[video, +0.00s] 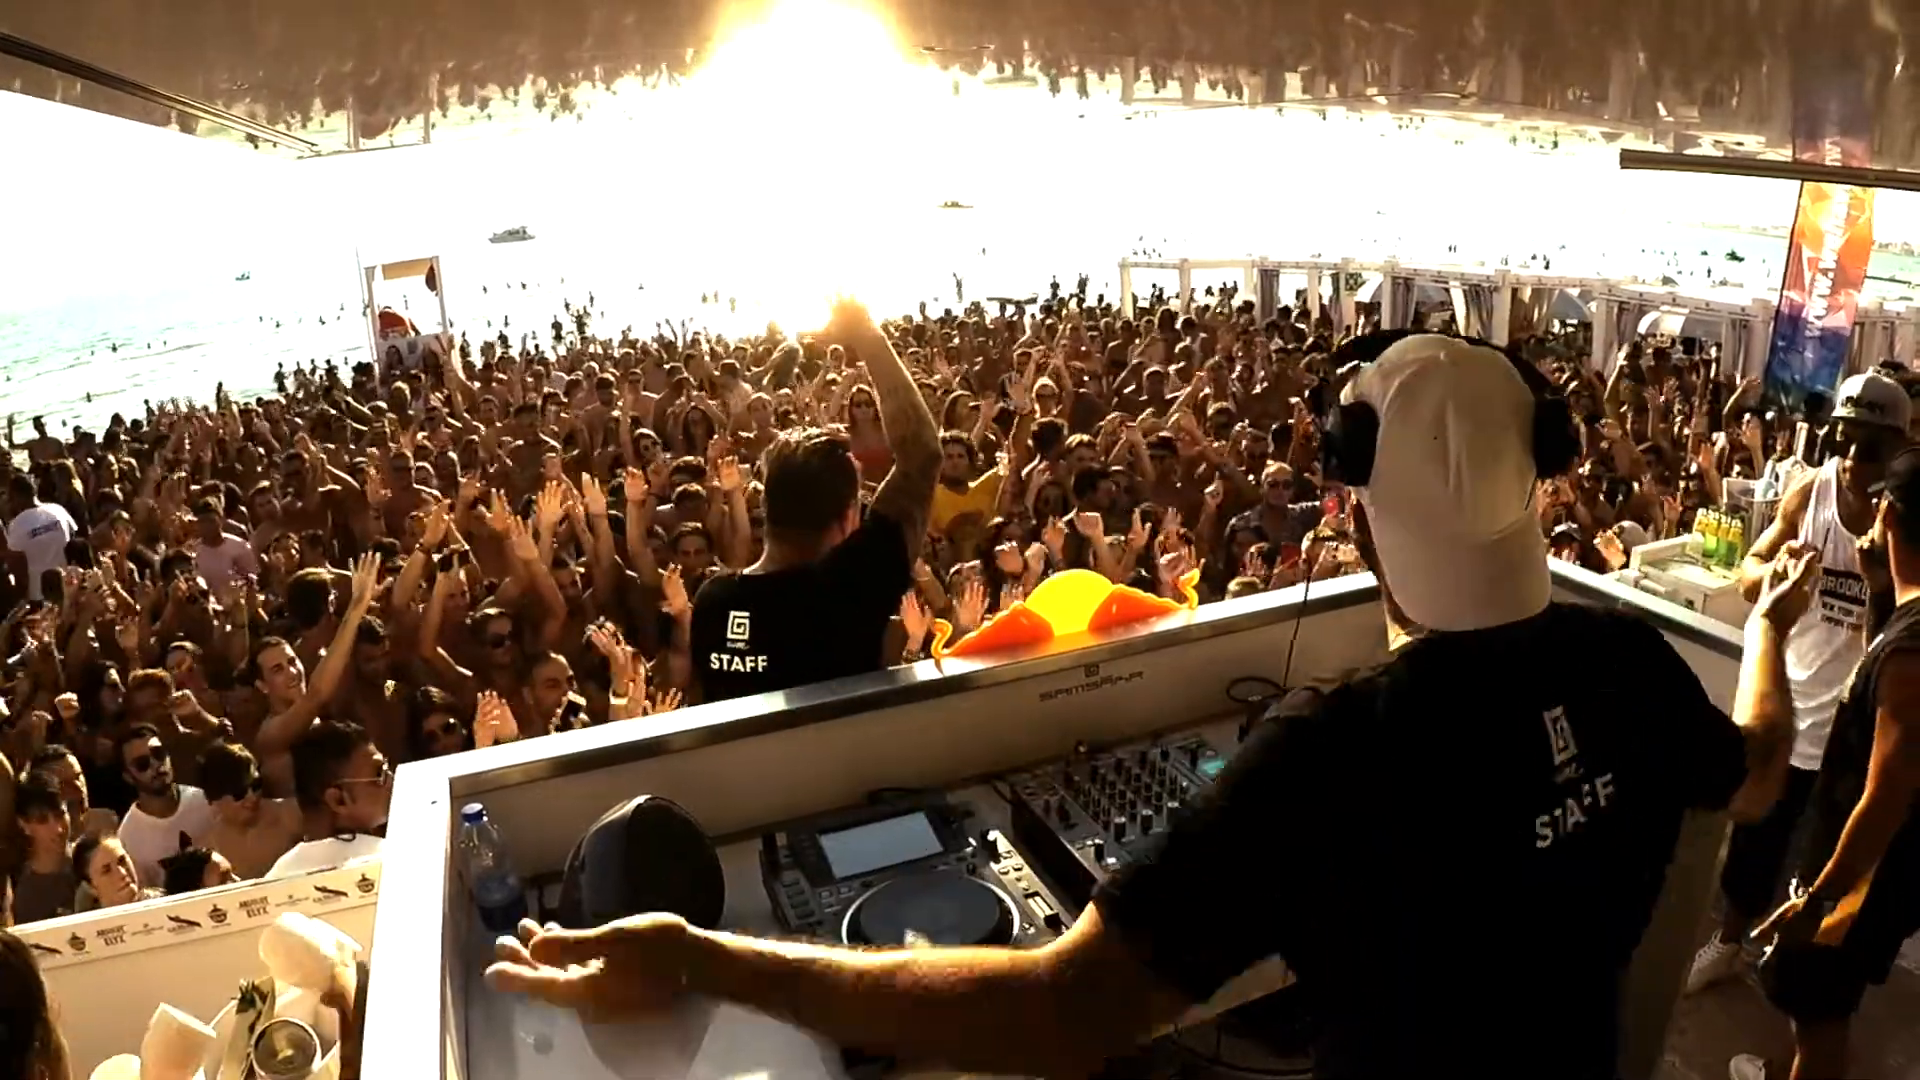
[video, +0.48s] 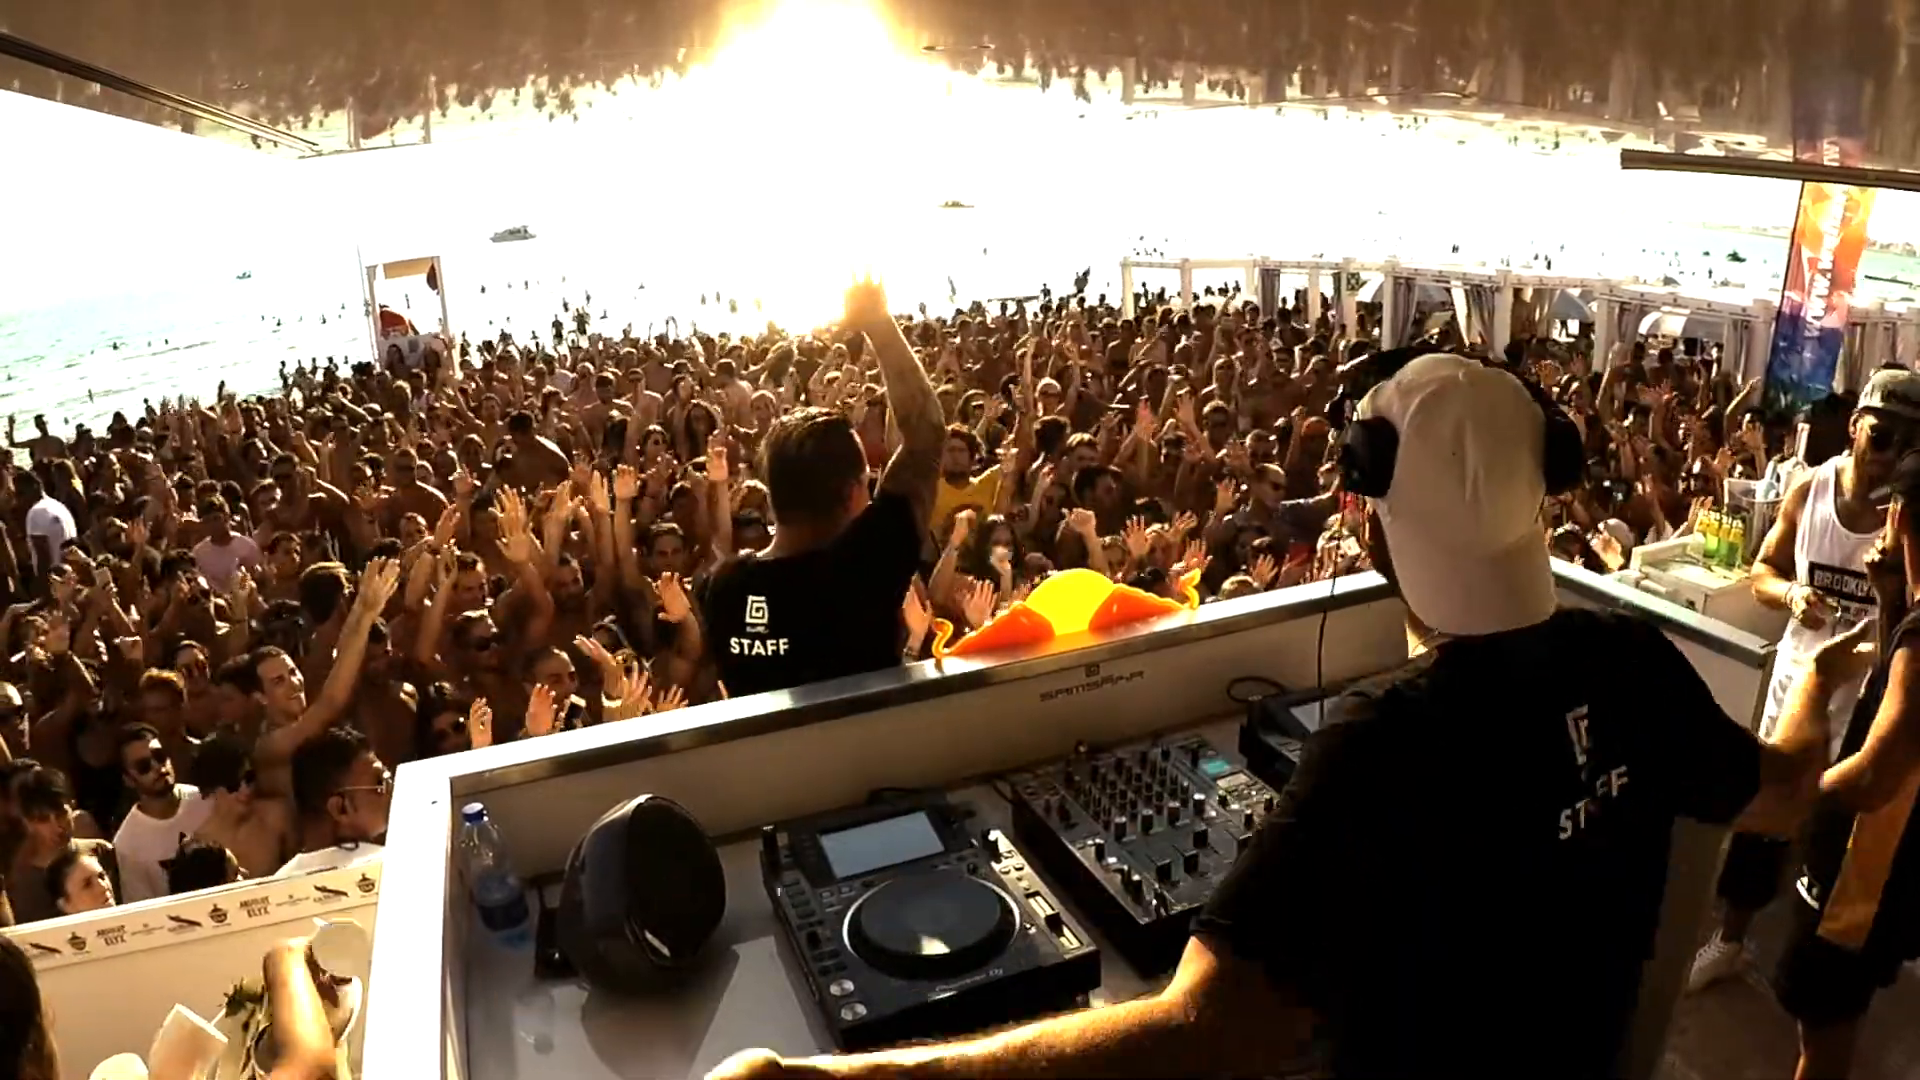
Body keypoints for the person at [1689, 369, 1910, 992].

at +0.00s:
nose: (1854, 456)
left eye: (1872, 445)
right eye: (1846, 439)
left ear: (1901, 445)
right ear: (1834, 433)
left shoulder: (1903, 519)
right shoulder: (1806, 491)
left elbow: (1901, 635)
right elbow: (1751, 575)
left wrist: (1878, 574)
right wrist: (1764, 568)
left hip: (1855, 737)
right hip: (1783, 716)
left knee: (1822, 855)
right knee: (1752, 839)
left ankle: (1798, 957)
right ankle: (1730, 937)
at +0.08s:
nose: (1857, 455)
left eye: (1875, 444)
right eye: (1848, 438)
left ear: (1905, 448)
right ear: (1836, 433)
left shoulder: (1906, 519)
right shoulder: (1809, 491)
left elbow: (1907, 627)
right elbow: (1753, 580)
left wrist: (1882, 573)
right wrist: (1777, 576)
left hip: (1864, 708)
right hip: (1792, 690)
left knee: (1831, 836)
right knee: (1762, 813)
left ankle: (1800, 951)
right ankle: (1730, 936)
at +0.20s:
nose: (1866, 450)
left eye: (1883, 438)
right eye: (1856, 433)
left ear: (1908, 444)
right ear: (1839, 429)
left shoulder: (1907, 515)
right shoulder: (1809, 490)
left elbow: (1911, 622)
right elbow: (1754, 579)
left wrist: (1885, 586)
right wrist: (1784, 585)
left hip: (1863, 712)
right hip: (1795, 695)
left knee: (1831, 844)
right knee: (1759, 828)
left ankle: (1799, 960)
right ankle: (1729, 936)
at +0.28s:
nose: (1873, 449)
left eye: (1891, 437)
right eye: (1863, 432)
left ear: (1914, 444)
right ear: (1845, 427)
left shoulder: (1908, 517)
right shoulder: (1810, 491)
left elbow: (1914, 625)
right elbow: (1763, 576)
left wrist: (1888, 589)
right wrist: (1790, 591)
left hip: (1862, 722)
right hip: (1794, 701)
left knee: (1830, 846)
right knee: (1757, 832)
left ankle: (1800, 957)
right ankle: (1731, 936)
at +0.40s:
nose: (1872, 444)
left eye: (1889, 435)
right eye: (1866, 428)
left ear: (1912, 445)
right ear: (1849, 424)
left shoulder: (1909, 514)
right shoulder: (1809, 488)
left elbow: (1908, 634)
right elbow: (1762, 575)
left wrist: (1888, 589)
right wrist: (1791, 593)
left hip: (1864, 715)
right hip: (1794, 697)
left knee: (1836, 846)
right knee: (1753, 829)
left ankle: (1811, 972)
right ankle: (1729, 938)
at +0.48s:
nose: (1873, 442)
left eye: (1890, 434)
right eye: (1868, 426)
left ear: (1911, 446)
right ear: (1852, 423)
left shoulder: (1907, 512)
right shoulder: (1810, 487)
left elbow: (1918, 606)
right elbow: (1763, 573)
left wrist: (1890, 607)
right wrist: (1792, 594)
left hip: (1872, 680)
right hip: (1797, 668)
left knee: (1843, 815)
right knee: (1765, 798)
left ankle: (1815, 959)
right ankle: (1729, 937)